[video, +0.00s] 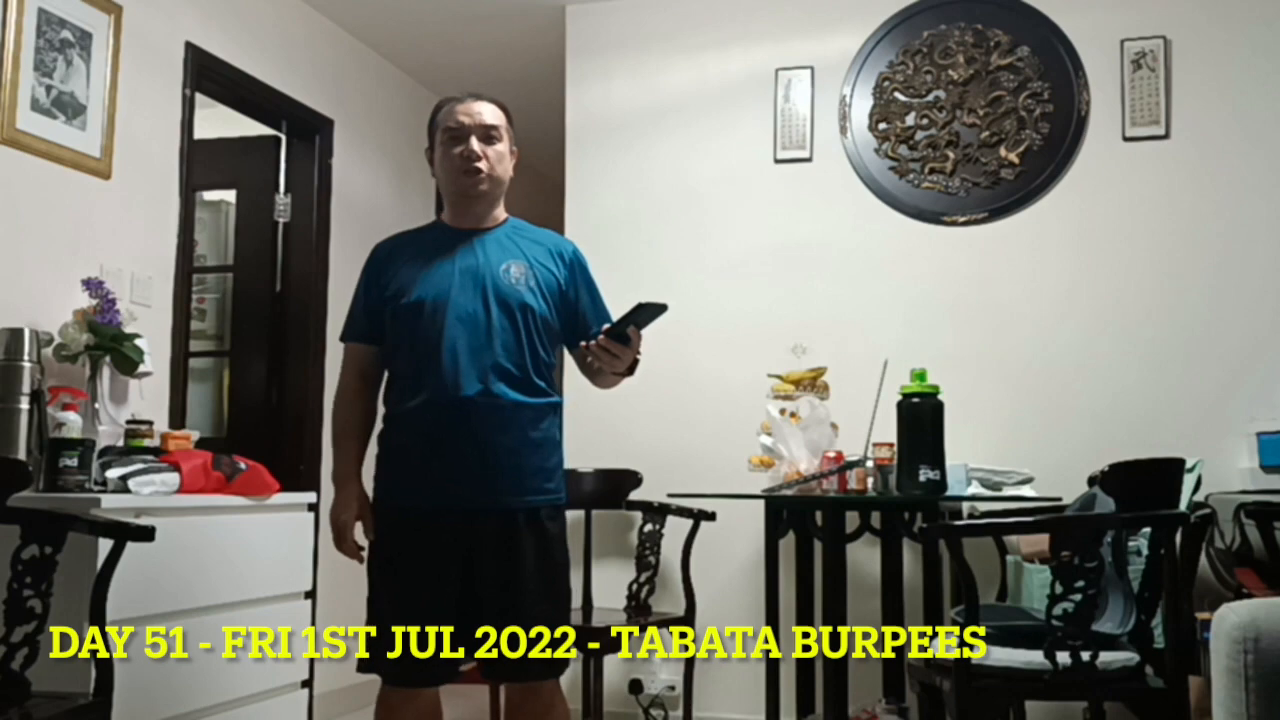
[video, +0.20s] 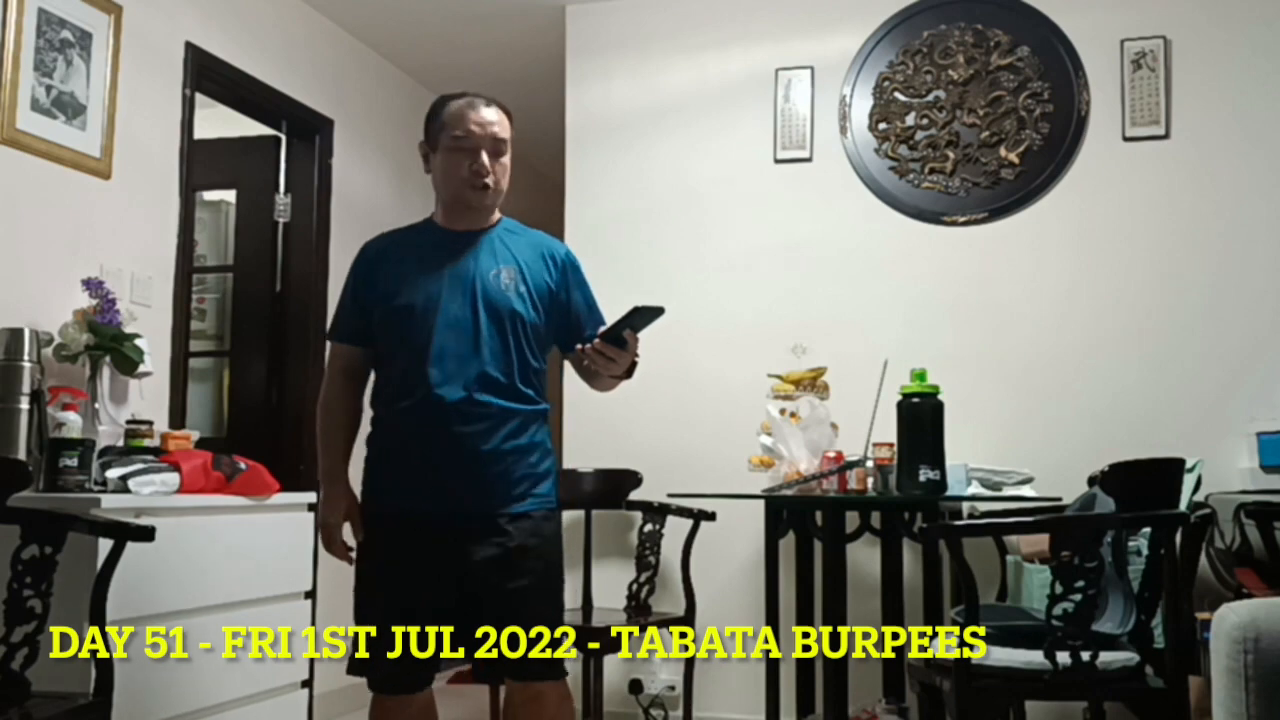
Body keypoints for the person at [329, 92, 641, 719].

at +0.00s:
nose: (472, 147)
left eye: (488, 136)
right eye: (455, 137)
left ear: (513, 160)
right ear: (432, 159)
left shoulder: (557, 255)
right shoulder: (392, 258)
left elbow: (600, 364)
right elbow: (358, 380)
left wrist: (617, 363)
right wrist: (346, 483)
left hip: (523, 501)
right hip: (415, 500)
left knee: (533, 683)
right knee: (407, 685)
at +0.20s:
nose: (482, 161)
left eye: (496, 148)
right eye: (463, 147)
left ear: (511, 162)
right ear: (428, 158)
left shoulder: (549, 258)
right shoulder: (382, 258)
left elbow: (594, 363)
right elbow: (344, 376)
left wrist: (614, 366)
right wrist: (333, 481)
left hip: (516, 502)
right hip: (405, 500)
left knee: (534, 678)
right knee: (397, 684)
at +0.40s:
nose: (509, 182)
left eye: (523, 163)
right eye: (490, 161)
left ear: (538, 167)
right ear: (449, 161)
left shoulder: (567, 266)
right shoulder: (394, 258)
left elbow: (615, 376)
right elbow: (342, 368)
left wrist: (632, 383)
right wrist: (334, 470)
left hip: (525, 516)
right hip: (411, 510)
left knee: (561, 695)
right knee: (393, 695)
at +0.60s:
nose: (594, 190)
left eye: (612, 172)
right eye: (574, 165)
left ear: (624, 175)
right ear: (531, 158)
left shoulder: (639, 286)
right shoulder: (459, 250)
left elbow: (679, 397)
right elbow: (398, 361)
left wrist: (691, 429)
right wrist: (379, 466)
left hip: (575, 528)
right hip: (458, 517)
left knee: (599, 704)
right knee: (408, 696)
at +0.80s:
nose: (701, 239)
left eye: (723, 219)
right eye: (682, 209)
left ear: (738, 214)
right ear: (633, 186)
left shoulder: (732, 331)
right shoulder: (542, 252)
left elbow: (777, 454)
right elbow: (464, 355)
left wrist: (776, 501)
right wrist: (447, 490)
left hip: (637, 540)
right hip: (511, 525)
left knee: (661, 707)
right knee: (460, 705)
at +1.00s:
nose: (764, 293)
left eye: (789, 270)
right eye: (743, 258)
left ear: (801, 265)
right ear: (691, 229)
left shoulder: (782, 387)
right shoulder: (589, 269)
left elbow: (827, 524)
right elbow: (499, 358)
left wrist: (834, 619)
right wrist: (486, 488)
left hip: (669, 544)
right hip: (546, 522)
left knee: (681, 708)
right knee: (482, 701)